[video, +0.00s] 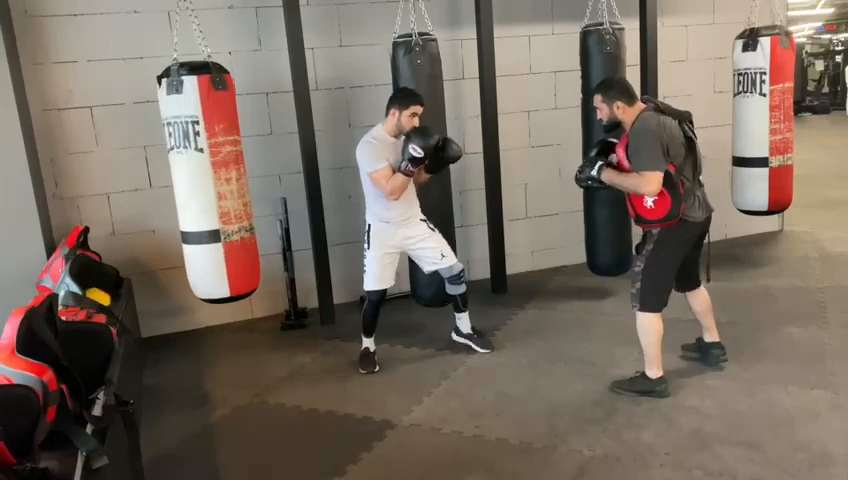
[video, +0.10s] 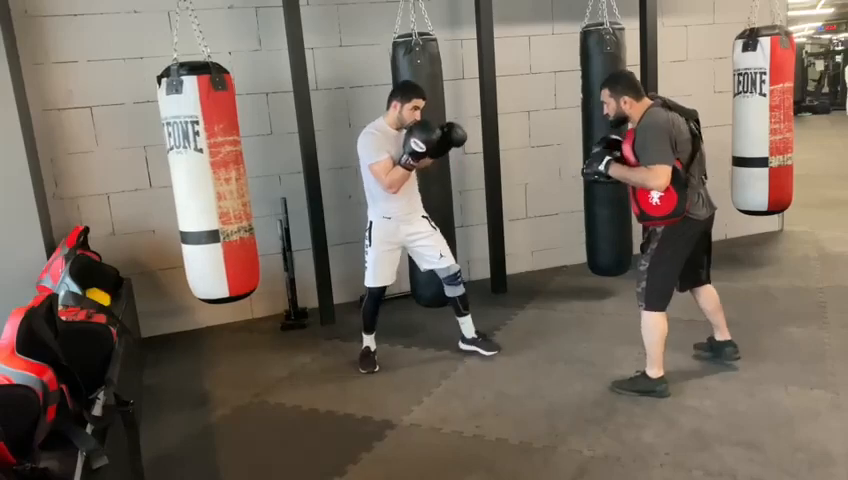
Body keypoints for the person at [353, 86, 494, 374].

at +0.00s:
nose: (417, 122)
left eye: (420, 116)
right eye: (413, 116)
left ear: (402, 115)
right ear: (394, 113)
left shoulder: (409, 141)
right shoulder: (368, 146)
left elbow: (416, 180)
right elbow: (391, 191)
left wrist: (437, 162)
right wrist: (409, 160)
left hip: (414, 223)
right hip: (381, 229)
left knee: (454, 270)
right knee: (375, 293)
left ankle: (463, 330)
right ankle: (367, 348)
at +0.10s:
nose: (419, 116)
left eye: (421, 110)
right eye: (414, 109)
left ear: (409, 108)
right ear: (396, 106)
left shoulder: (411, 133)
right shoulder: (369, 138)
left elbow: (421, 166)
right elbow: (390, 184)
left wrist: (441, 146)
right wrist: (411, 156)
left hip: (416, 219)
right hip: (383, 225)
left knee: (450, 271)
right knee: (376, 289)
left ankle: (469, 336)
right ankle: (368, 347)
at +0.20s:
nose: (425, 113)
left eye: (427, 107)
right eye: (421, 106)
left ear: (412, 106)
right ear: (402, 104)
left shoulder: (416, 132)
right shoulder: (377, 135)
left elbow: (432, 163)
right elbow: (398, 180)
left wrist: (445, 134)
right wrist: (419, 148)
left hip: (419, 222)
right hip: (387, 225)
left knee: (445, 280)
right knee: (377, 288)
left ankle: (471, 344)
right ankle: (368, 347)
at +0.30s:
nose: (434, 113)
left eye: (436, 108)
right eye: (431, 107)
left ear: (421, 106)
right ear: (411, 104)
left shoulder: (423, 134)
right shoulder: (386, 138)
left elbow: (449, 169)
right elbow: (413, 182)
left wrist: (455, 140)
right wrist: (433, 147)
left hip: (425, 224)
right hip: (394, 226)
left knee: (450, 282)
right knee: (384, 291)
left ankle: (474, 344)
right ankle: (368, 346)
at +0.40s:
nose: (446, 113)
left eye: (449, 109)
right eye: (443, 107)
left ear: (432, 106)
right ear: (425, 103)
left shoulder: (431, 133)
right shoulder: (396, 133)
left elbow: (452, 172)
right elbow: (419, 179)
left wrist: (464, 139)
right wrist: (441, 144)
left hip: (430, 222)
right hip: (399, 224)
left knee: (452, 283)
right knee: (395, 291)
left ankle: (474, 345)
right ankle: (369, 341)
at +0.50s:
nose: (451, 116)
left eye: (453, 111)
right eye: (449, 109)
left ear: (437, 107)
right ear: (432, 103)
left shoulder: (436, 133)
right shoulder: (400, 132)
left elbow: (467, 166)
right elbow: (423, 177)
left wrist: (469, 126)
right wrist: (448, 144)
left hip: (430, 223)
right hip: (400, 224)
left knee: (451, 284)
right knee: (395, 292)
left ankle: (474, 346)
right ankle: (370, 347)